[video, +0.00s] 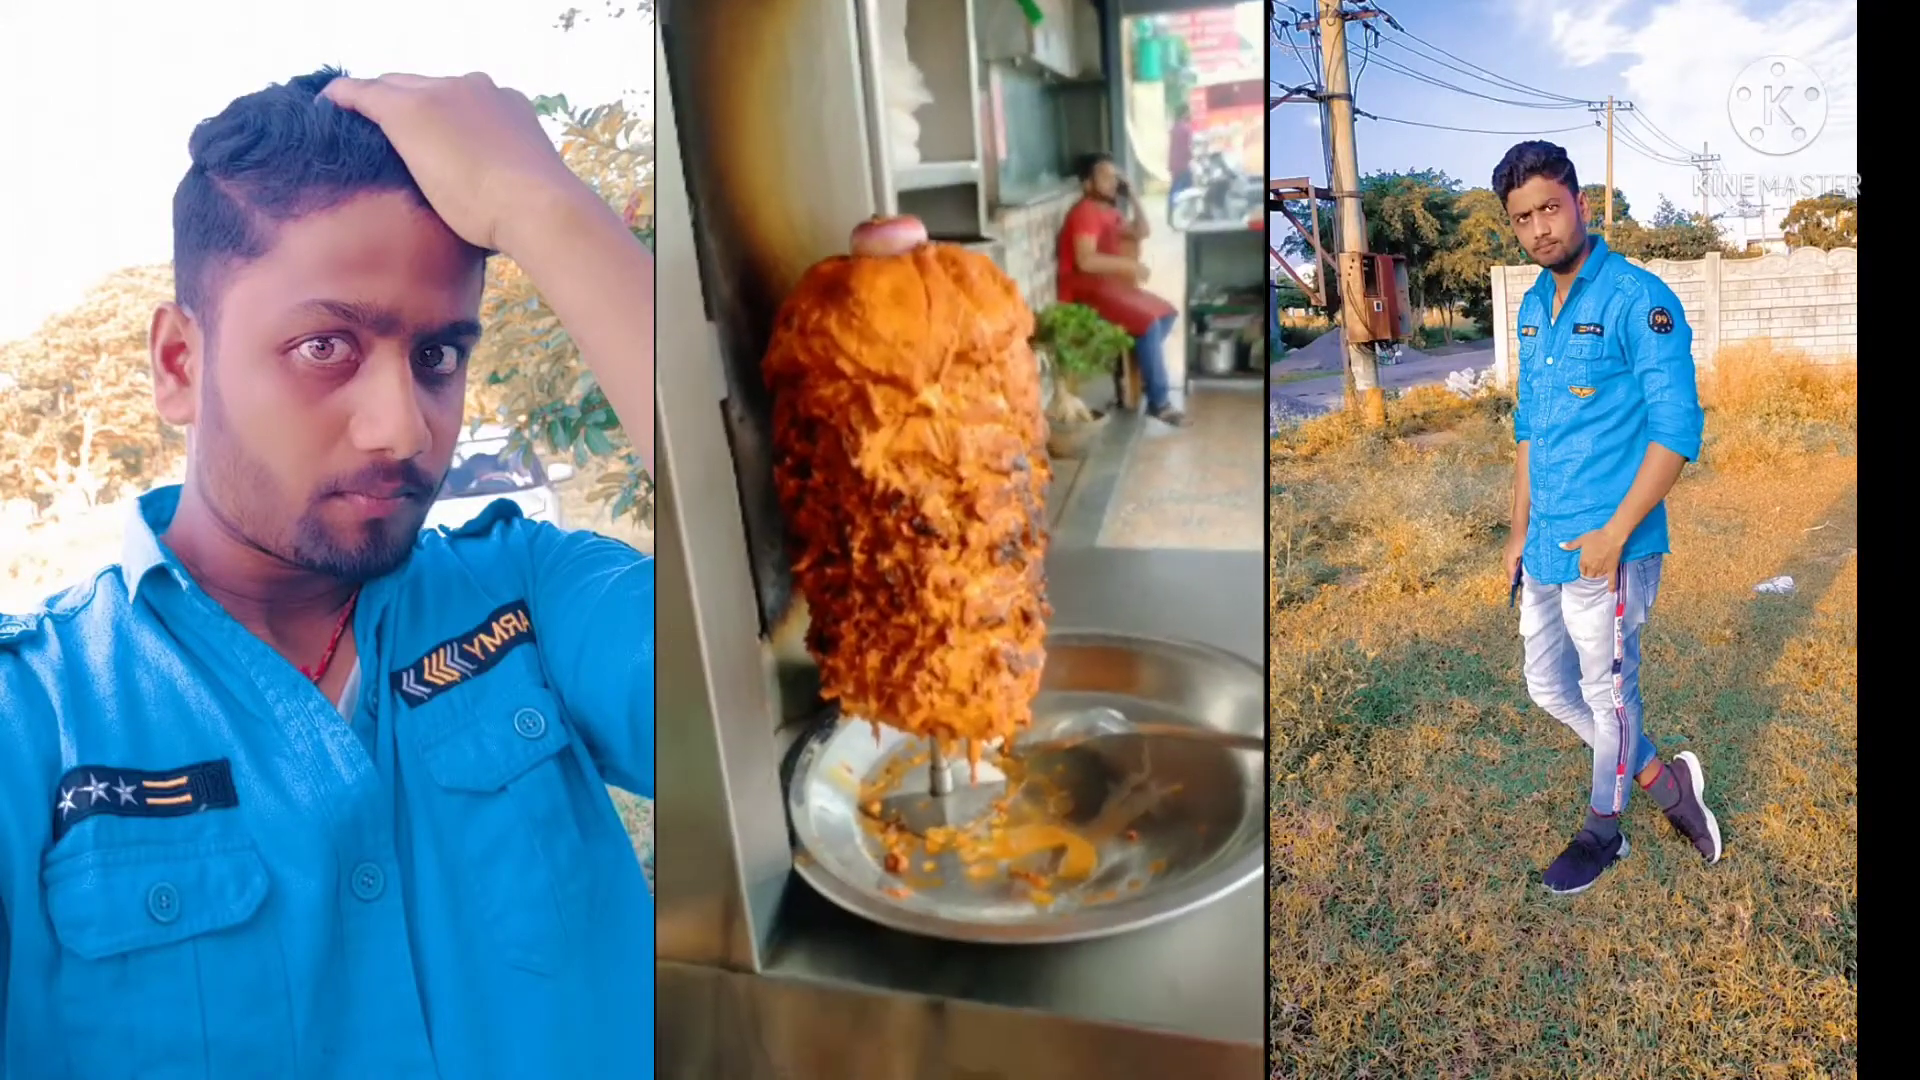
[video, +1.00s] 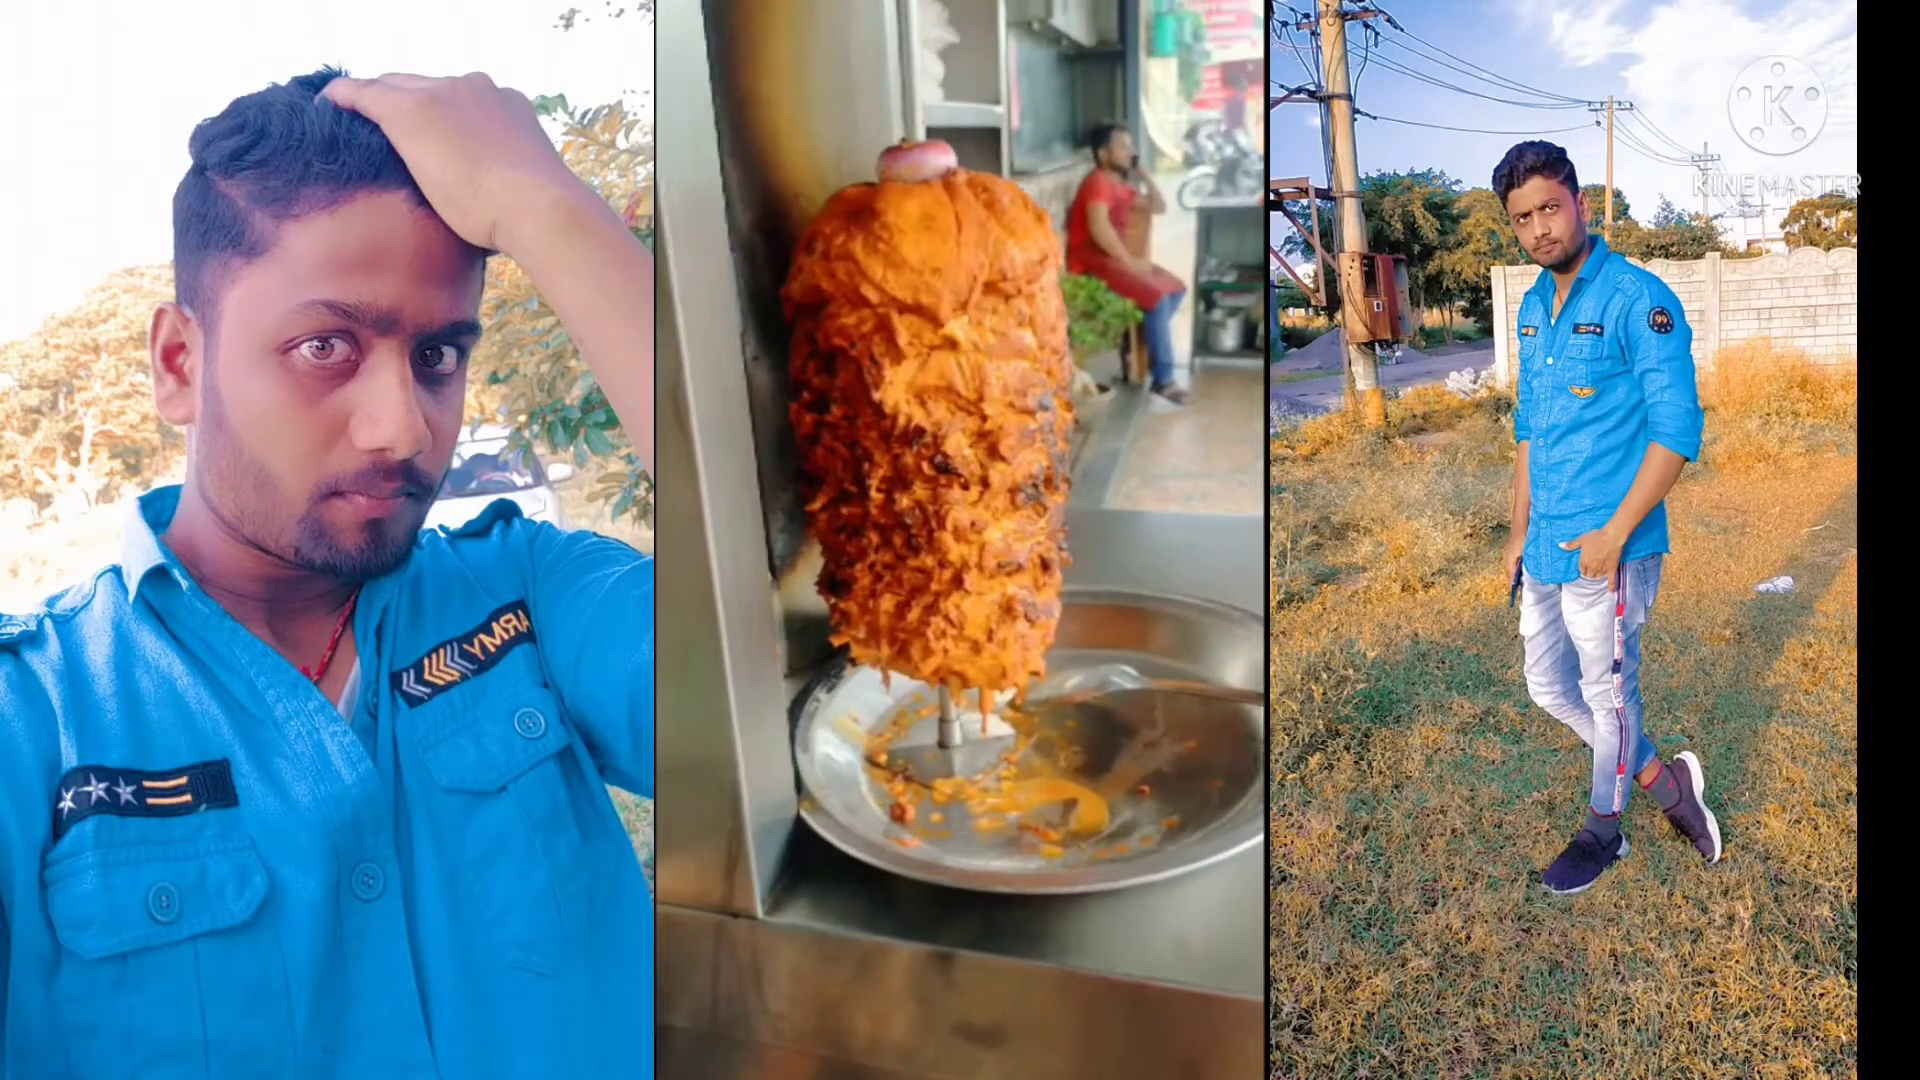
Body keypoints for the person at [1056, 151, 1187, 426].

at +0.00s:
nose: (1113, 183)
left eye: (1114, 177)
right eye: (1106, 177)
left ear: (1115, 182)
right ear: (1088, 182)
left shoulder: (1110, 213)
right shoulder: (1085, 212)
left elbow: (1140, 232)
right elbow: (1085, 260)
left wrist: (1132, 198)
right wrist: (1131, 266)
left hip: (1112, 284)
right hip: (1087, 289)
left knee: (1167, 314)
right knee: (1146, 322)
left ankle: (1127, 368)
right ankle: (1159, 403)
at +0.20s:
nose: (1118, 186)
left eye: (1118, 179)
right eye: (1111, 180)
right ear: (1092, 188)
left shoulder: (1109, 217)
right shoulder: (1087, 216)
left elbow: (1145, 234)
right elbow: (1084, 264)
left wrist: (1131, 203)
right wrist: (1124, 286)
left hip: (1109, 289)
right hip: (1086, 294)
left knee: (1167, 318)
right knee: (1147, 327)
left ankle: (1127, 370)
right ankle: (1161, 407)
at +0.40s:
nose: (1106, 190)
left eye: (1105, 184)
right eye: (1099, 185)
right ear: (1080, 192)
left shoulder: (1097, 222)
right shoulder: (1075, 220)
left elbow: (1133, 238)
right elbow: (1074, 266)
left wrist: (1118, 207)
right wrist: (1110, 292)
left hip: (1097, 292)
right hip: (1074, 297)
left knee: (1155, 321)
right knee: (1135, 330)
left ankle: (1115, 375)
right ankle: (1146, 411)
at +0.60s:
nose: (1110, 165)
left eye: (1109, 159)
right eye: (1103, 160)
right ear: (1084, 167)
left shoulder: (1100, 198)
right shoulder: (1077, 197)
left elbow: (1136, 218)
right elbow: (1078, 243)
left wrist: (1121, 187)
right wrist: (1110, 272)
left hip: (1097, 270)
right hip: (1074, 276)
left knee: (1156, 300)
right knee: (1135, 309)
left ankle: (1117, 358)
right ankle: (1145, 390)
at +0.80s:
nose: (1121, 152)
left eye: (1121, 146)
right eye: (1114, 147)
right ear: (1095, 154)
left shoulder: (1111, 185)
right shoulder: (1088, 183)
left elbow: (1148, 207)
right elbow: (1092, 231)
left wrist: (1132, 175)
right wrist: (1122, 261)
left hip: (1109, 258)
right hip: (1085, 263)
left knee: (1167, 289)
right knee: (1146, 298)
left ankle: (1127, 347)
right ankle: (1155, 379)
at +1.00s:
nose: (1130, 151)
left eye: (1129, 145)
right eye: (1122, 145)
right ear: (1103, 153)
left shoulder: (1121, 184)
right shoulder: (1097, 182)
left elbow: (1158, 207)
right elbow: (1098, 228)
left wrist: (1143, 176)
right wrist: (1129, 260)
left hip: (1118, 257)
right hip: (1093, 261)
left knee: (1176, 289)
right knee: (1155, 299)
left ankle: (1134, 343)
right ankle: (1163, 380)